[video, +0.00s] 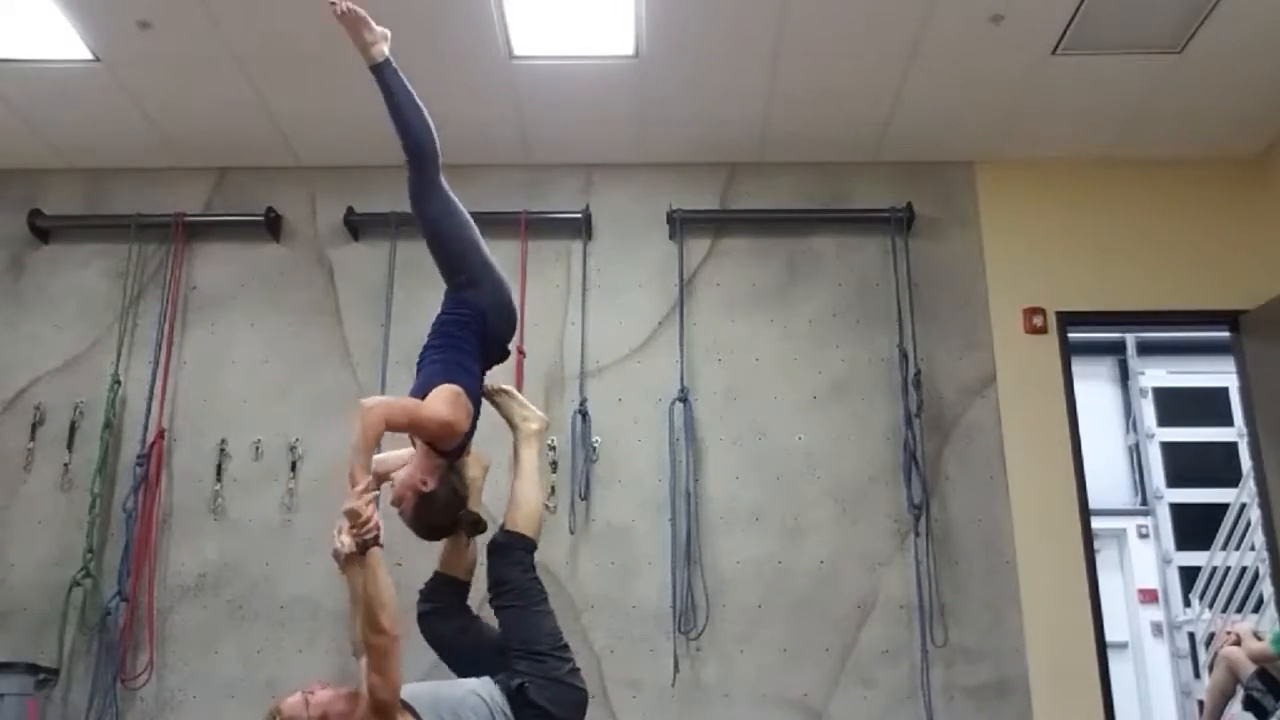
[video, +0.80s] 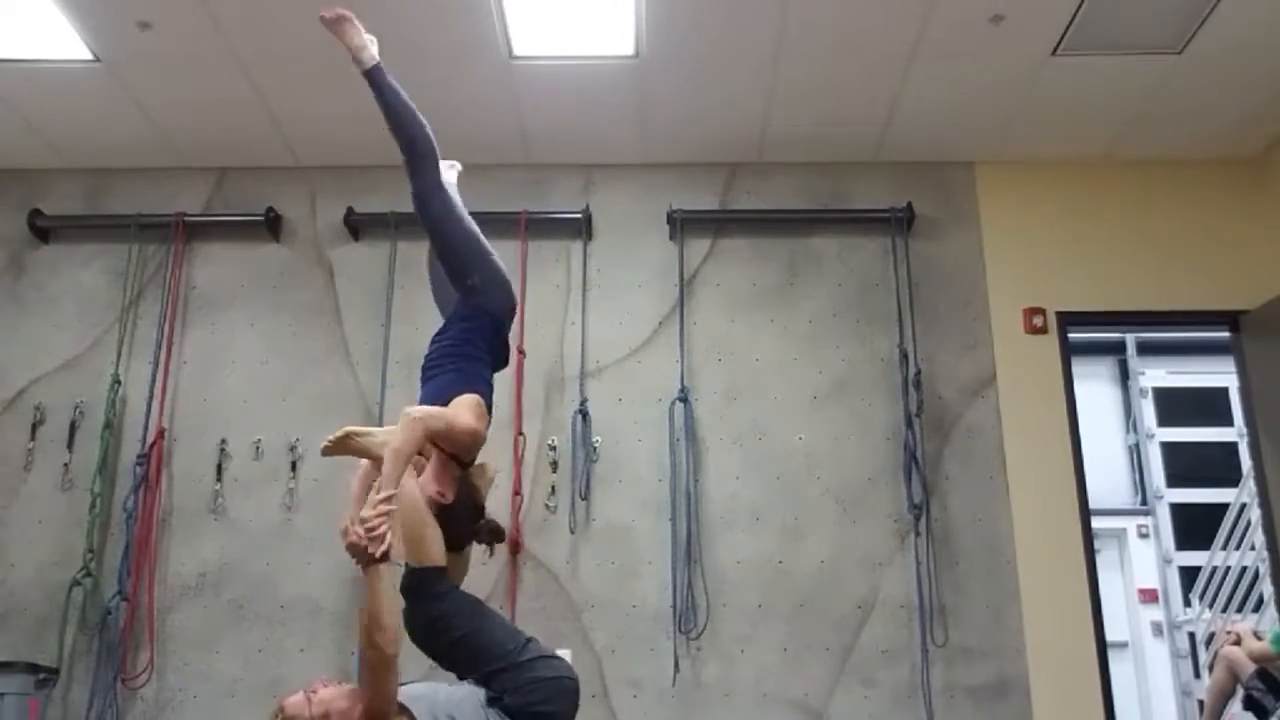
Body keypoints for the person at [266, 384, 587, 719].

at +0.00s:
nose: (315, 688)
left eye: (305, 691)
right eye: (308, 702)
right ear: (323, 719)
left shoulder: (377, 701)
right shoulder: (381, 710)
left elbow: (371, 639)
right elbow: (382, 636)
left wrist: (352, 565)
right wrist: (368, 547)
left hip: (510, 691)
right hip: (546, 701)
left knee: (439, 609)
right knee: (510, 556)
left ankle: (470, 478)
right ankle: (529, 432)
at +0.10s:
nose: (317, 687)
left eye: (307, 691)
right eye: (310, 701)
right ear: (325, 718)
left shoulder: (378, 699)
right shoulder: (381, 709)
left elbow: (376, 634)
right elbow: (380, 633)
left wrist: (359, 561)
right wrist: (365, 556)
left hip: (515, 693)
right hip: (549, 699)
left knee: (452, 601)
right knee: (510, 558)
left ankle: (478, 474)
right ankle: (537, 438)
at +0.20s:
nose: (321, 685)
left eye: (307, 690)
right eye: (310, 700)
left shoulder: (377, 699)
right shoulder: (379, 712)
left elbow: (382, 636)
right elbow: (390, 635)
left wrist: (374, 556)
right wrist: (377, 556)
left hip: (518, 699)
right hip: (547, 706)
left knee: (477, 574)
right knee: (469, 576)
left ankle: (489, 495)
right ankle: (543, 467)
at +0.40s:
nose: (319, 687)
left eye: (307, 691)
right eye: (312, 702)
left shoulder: (385, 703)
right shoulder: (380, 712)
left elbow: (387, 640)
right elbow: (392, 639)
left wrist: (378, 554)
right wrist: (383, 556)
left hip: (520, 699)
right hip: (543, 705)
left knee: (473, 591)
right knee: (439, 598)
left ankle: (503, 477)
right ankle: (505, 480)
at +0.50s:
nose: (320, 687)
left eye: (309, 691)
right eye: (313, 702)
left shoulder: (381, 700)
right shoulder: (381, 711)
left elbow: (381, 643)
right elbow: (401, 640)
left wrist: (372, 569)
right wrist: (397, 549)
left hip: (521, 698)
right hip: (545, 701)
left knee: (467, 590)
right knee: (428, 594)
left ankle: (486, 475)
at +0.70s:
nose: (315, 685)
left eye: (305, 690)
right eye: (308, 699)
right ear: (323, 717)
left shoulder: (372, 699)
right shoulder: (379, 710)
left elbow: (369, 639)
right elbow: (393, 647)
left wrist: (355, 565)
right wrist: (389, 556)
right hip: (539, 698)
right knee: (424, 597)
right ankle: (402, 461)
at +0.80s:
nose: (319, 683)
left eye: (308, 689)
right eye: (313, 701)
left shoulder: (378, 698)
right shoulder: (379, 713)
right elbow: (382, 645)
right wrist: (374, 562)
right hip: (539, 702)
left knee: (432, 604)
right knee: (426, 603)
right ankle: (395, 453)